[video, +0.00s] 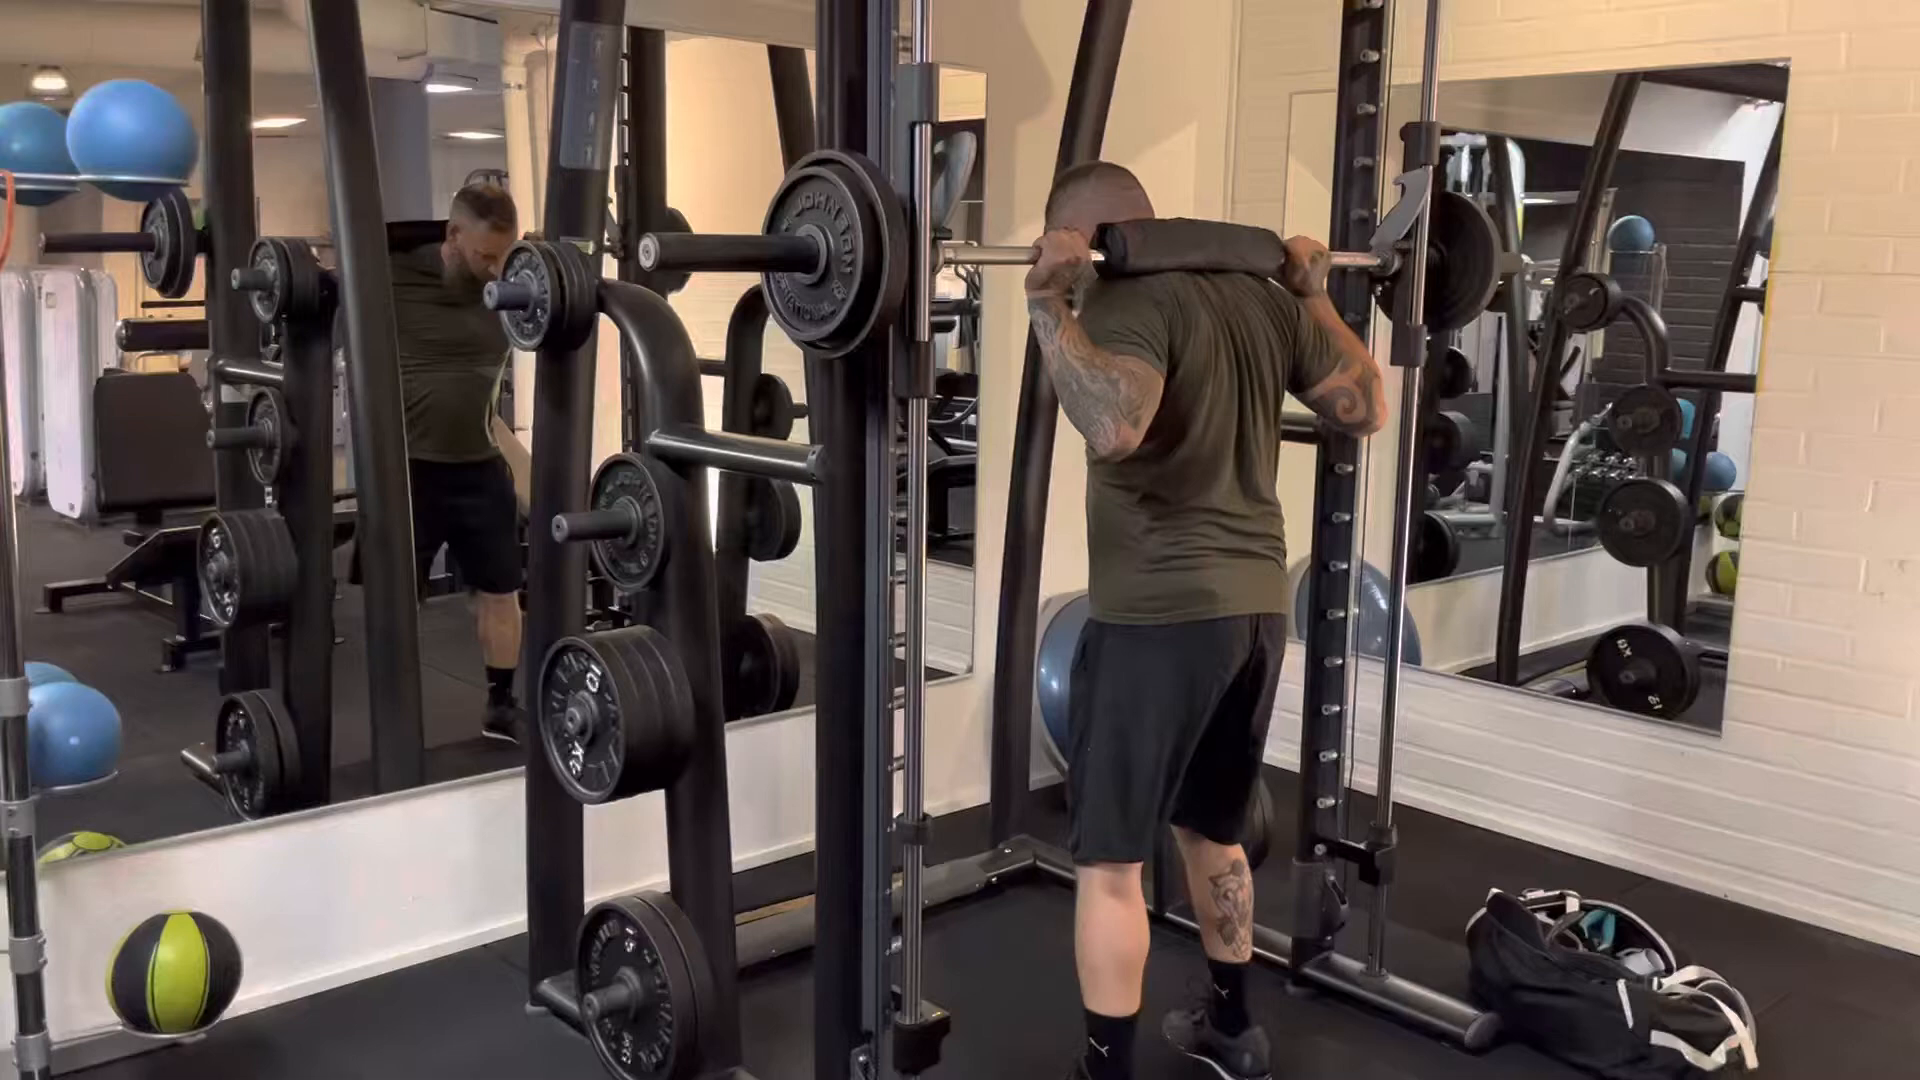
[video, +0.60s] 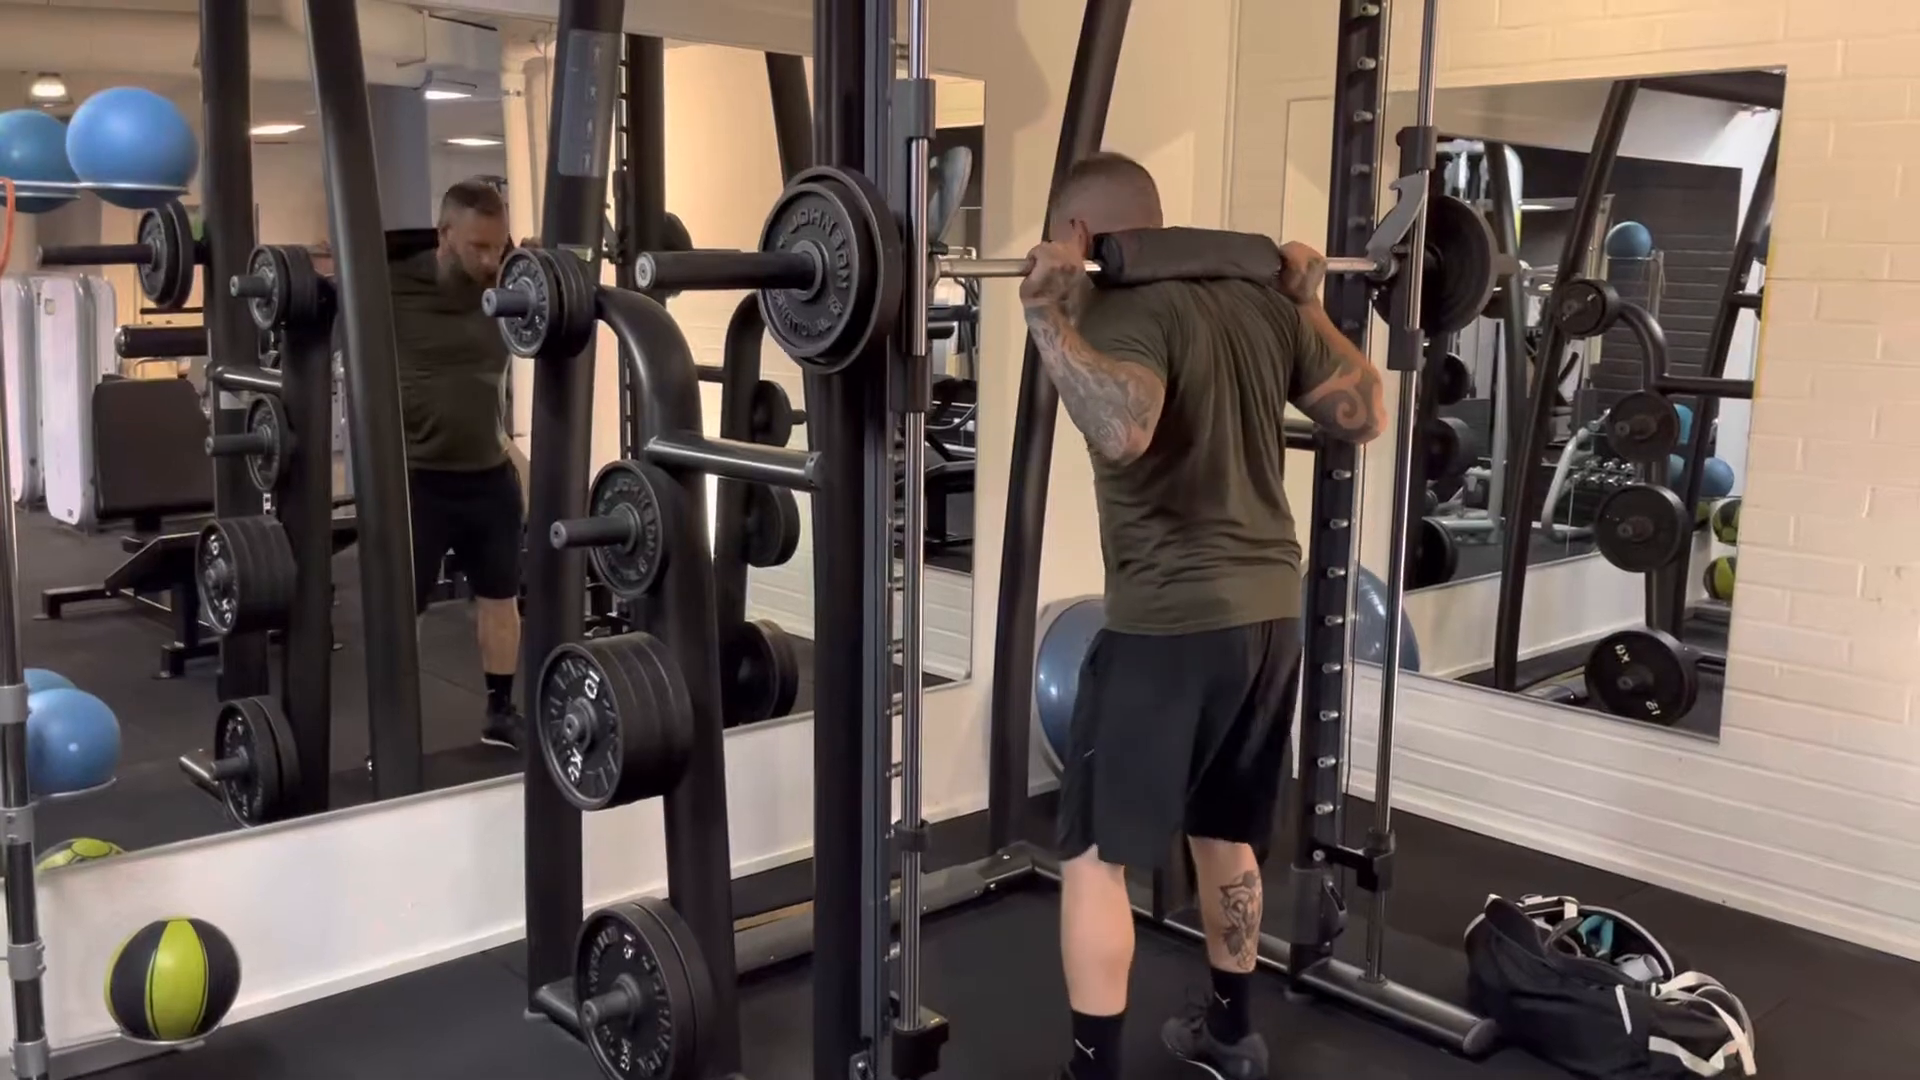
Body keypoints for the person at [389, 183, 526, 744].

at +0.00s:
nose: (496, 270)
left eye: (504, 257)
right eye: (485, 257)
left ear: (512, 242)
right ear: (452, 238)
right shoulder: (392, 279)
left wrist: (527, 466)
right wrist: (305, 270)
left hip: (480, 464)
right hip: (406, 467)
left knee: (500, 588)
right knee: (396, 597)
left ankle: (502, 705)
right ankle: (391, 709)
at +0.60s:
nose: (491, 261)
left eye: (499, 248)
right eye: (478, 247)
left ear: (507, 241)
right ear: (444, 236)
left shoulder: (499, 291)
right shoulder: (392, 285)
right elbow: (300, 264)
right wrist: (319, 266)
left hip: (489, 470)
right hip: (414, 475)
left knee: (500, 596)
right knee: (402, 606)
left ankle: (501, 712)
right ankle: (391, 726)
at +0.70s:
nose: (489, 250)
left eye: (497, 236)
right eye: (476, 236)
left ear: (506, 233)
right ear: (443, 229)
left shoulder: (502, 286)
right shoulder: (392, 285)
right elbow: (306, 264)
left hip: (487, 469)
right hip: (410, 473)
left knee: (499, 595)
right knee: (400, 606)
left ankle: (501, 714)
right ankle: (391, 730)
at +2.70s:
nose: (478, 210)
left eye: (484, 199)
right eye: (464, 198)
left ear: (491, 206)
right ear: (430, 204)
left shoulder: (497, 266)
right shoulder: (382, 267)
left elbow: (553, 279)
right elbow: (299, 245)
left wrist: (501, 249)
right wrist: (303, 252)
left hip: (476, 452)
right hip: (400, 455)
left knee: (502, 571)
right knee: (386, 588)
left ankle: (500, 695)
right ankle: (379, 711)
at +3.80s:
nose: (471, 237)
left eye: (476, 225)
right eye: (457, 226)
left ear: (483, 229)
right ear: (424, 233)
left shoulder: (485, 293)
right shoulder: (377, 291)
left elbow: (516, 339)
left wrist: (544, 267)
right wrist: (295, 271)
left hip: (464, 465)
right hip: (393, 469)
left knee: (520, 554)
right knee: (375, 589)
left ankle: (495, 683)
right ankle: (374, 706)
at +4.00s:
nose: (468, 306)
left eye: (471, 293)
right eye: (454, 294)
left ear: (479, 294)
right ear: (422, 297)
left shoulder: (485, 350)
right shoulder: (380, 352)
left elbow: (510, 396)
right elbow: (304, 396)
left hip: (454, 498)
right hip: (388, 502)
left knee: (526, 559)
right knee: (377, 602)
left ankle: (494, 683)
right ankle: (371, 717)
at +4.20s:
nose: (466, 372)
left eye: (474, 359)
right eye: (453, 359)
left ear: (482, 360)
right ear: (420, 362)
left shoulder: (486, 408)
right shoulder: (379, 412)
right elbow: (300, 463)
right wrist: (306, 417)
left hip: (450, 542)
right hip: (384, 548)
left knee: (524, 572)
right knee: (370, 616)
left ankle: (490, 687)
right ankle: (365, 718)